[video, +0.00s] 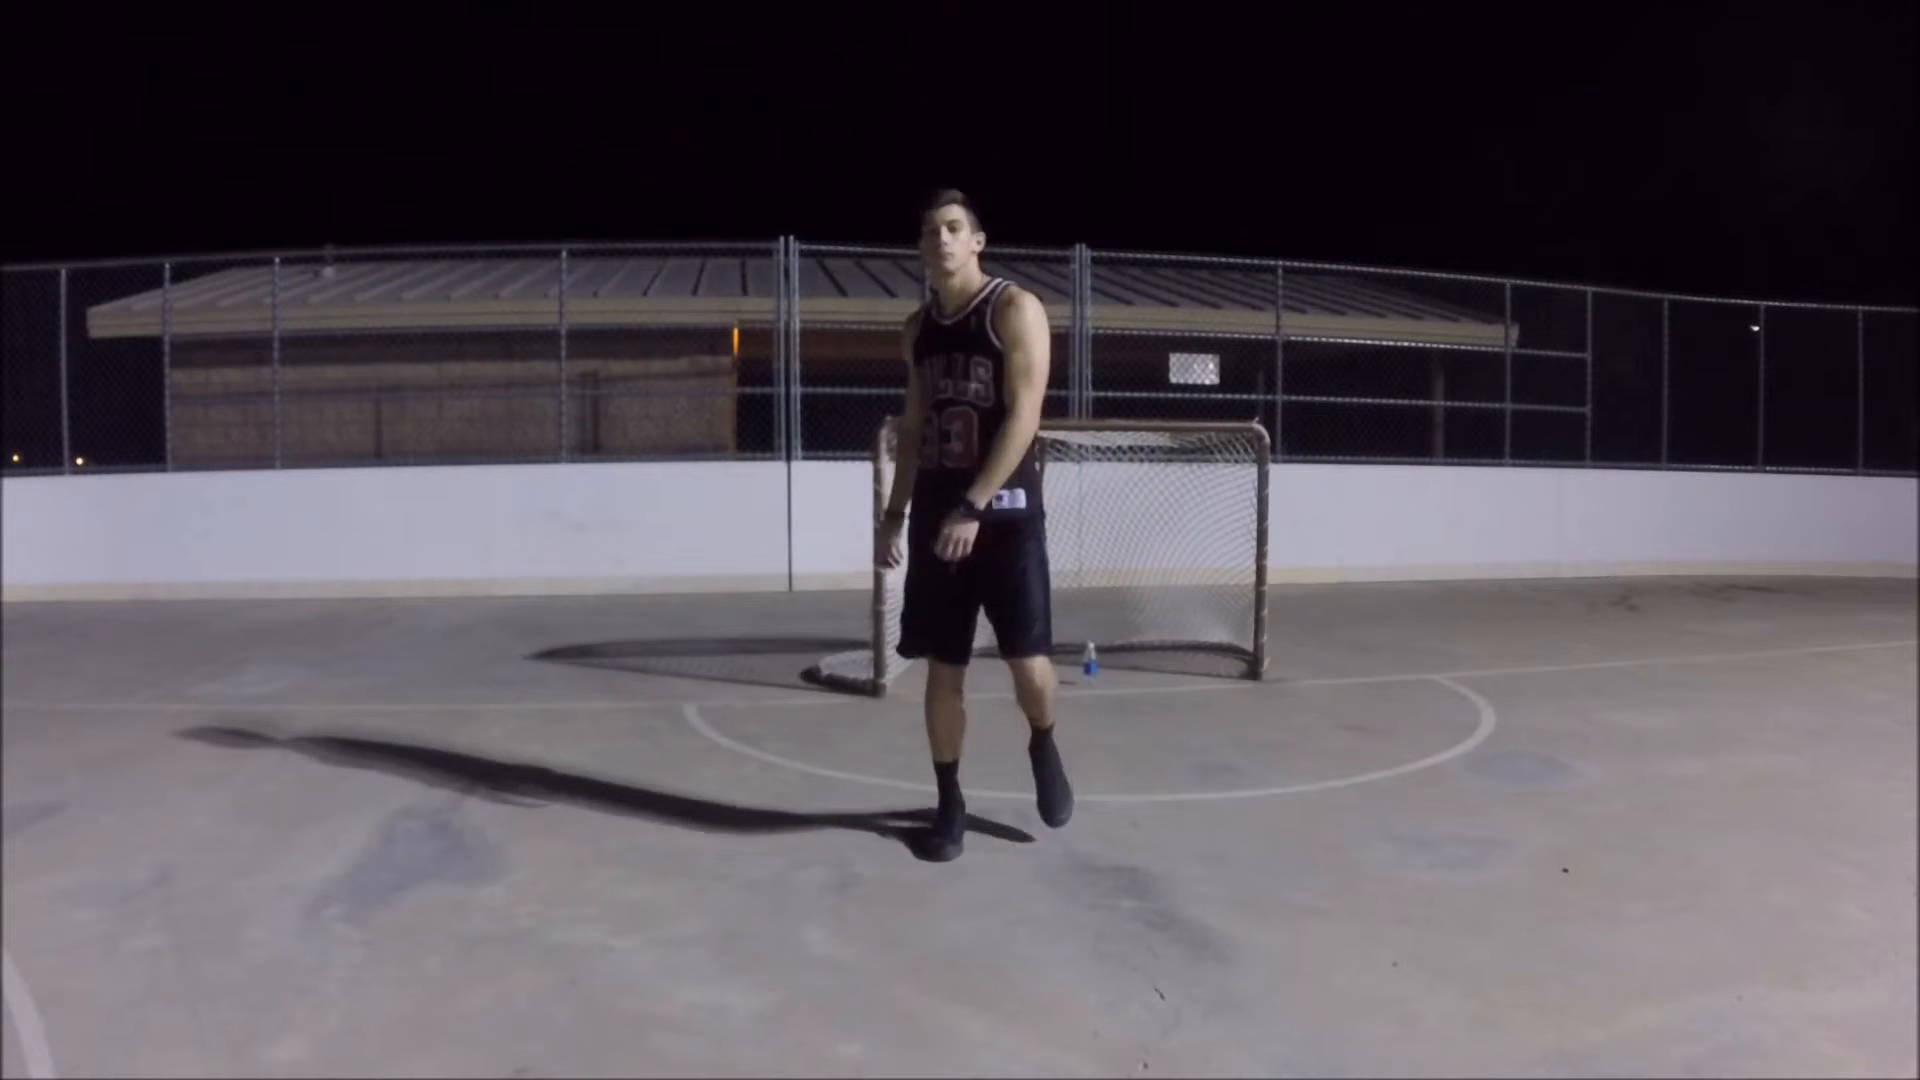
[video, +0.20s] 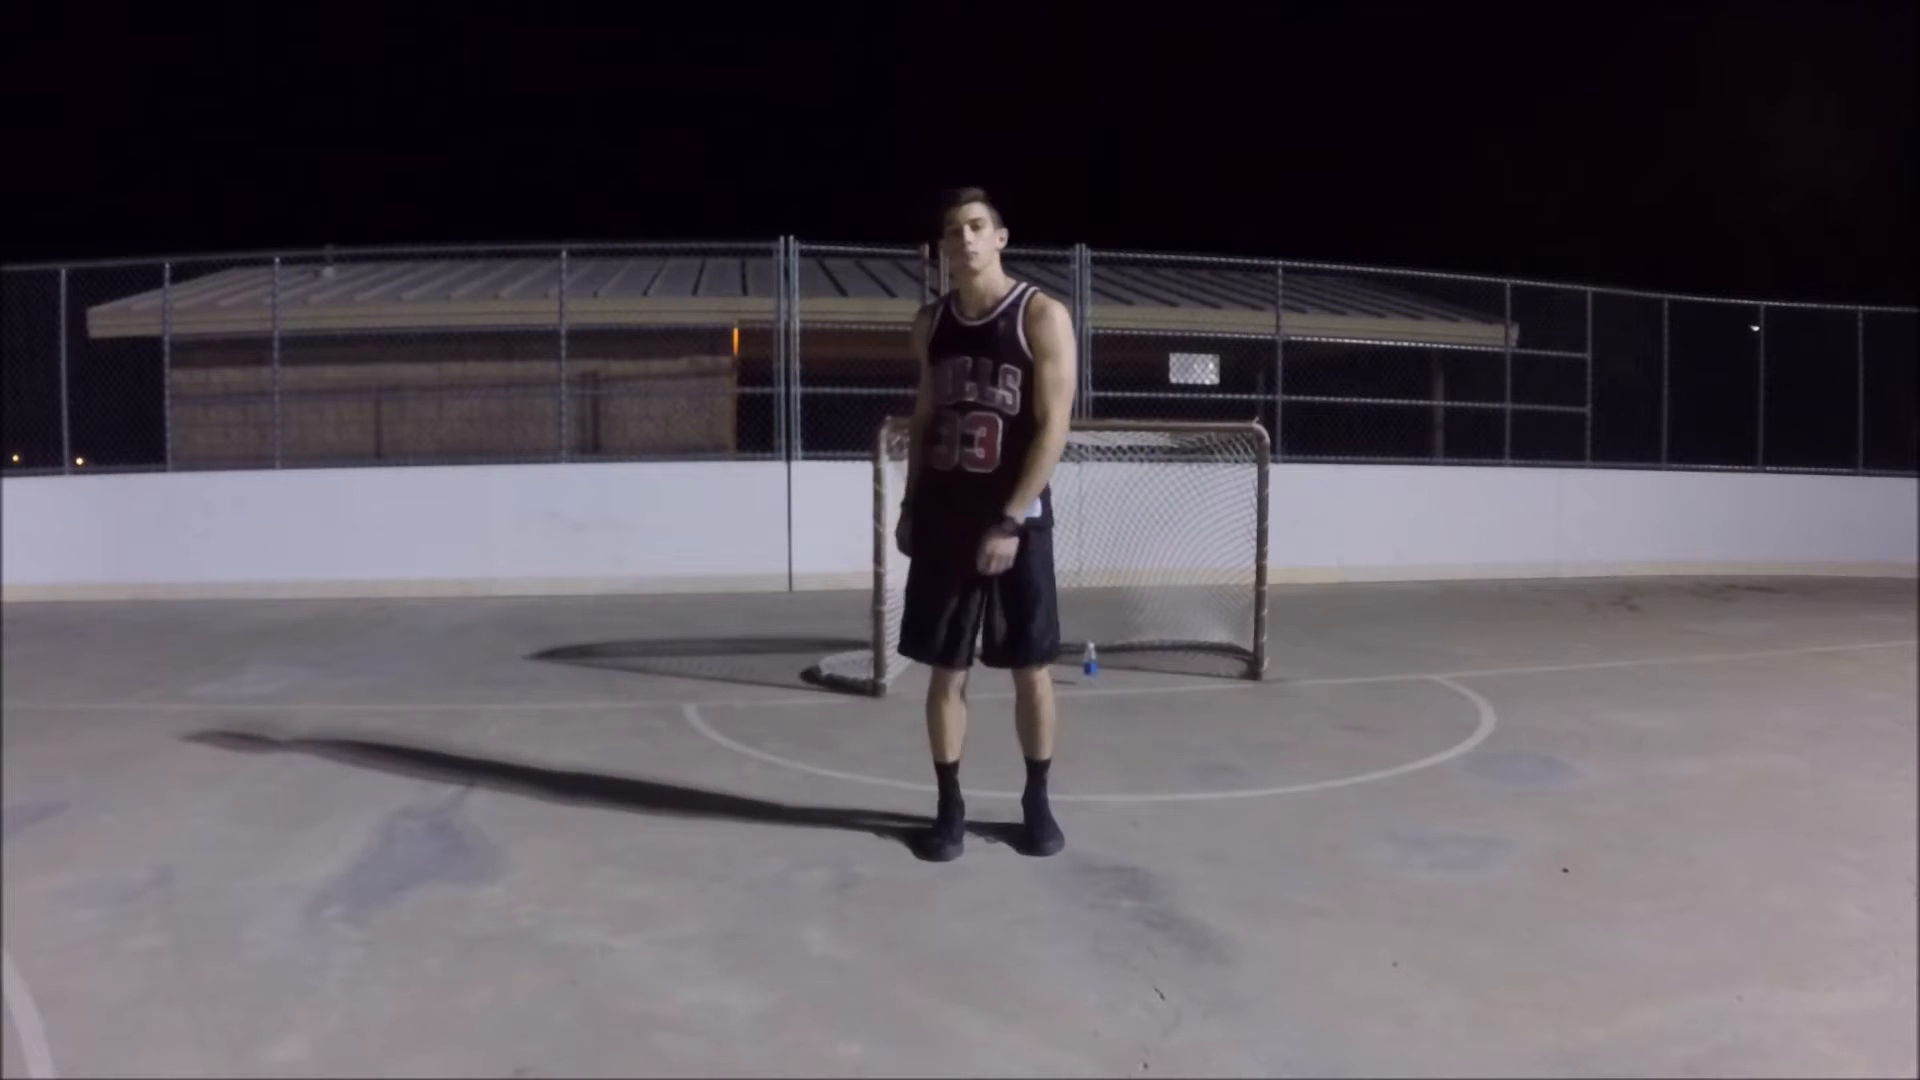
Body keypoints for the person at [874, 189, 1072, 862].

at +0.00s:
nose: (940, 240)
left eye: (952, 229)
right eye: (930, 232)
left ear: (978, 241)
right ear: (919, 248)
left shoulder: (1018, 310)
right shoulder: (919, 325)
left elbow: (1024, 419)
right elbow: (914, 426)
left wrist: (971, 506)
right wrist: (893, 514)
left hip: (1007, 509)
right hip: (938, 508)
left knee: (1029, 664)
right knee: (944, 666)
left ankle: (1043, 746)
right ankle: (949, 806)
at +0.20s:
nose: (963, 240)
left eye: (974, 228)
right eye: (952, 232)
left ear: (1001, 237)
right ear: (939, 248)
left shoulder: (1042, 316)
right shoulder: (932, 320)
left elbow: (1053, 428)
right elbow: (924, 417)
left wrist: (1010, 521)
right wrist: (913, 504)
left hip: (1017, 515)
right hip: (944, 514)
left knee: (1031, 670)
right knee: (947, 672)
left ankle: (1037, 805)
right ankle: (949, 815)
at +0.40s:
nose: (984, 237)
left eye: (995, 226)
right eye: (972, 229)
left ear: (1022, 235)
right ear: (960, 243)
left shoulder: (1063, 318)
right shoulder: (942, 314)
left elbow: (1090, 424)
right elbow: (923, 405)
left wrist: (1072, 524)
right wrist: (904, 485)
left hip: (1028, 521)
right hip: (949, 515)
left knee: (1032, 665)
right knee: (929, 658)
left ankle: (1038, 802)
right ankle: (905, 794)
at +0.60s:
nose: (980, 251)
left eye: (992, 239)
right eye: (970, 242)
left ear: (1018, 246)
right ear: (958, 252)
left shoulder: (1058, 325)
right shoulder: (936, 322)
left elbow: (1097, 419)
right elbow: (872, 397)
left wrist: (1127, 505)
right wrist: (845, 478)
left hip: (1024, 531)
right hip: (943, 527)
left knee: (1035, 674)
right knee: (891, 664)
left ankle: (1040, 803)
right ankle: (828, 789)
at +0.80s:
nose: (964, 260)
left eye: (973, 246)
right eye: (952, 248)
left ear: (995, 237)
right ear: (933, 244)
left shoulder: (1032, 299)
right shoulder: (904, 301)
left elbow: (1128, 325)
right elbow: (802, 328)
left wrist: (1223, 326)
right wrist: (720, 307)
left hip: (997, 513)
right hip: (915, 510)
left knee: (1015, 656)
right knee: (874, 655)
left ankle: (1032, 799)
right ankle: (808, 777)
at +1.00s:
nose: (934, 272)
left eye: (942, 257)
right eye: (920, 261)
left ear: (963, 238)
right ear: (899, 247)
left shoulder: (995, 282)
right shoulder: (869, 286)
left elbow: (1090, 245)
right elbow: (770, 283)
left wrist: (1138, 169)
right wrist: (749, 203)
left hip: (955, 496)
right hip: (885, 498)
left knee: (902, 653)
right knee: (925, 656)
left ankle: (849, 778)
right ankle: (969, 807)